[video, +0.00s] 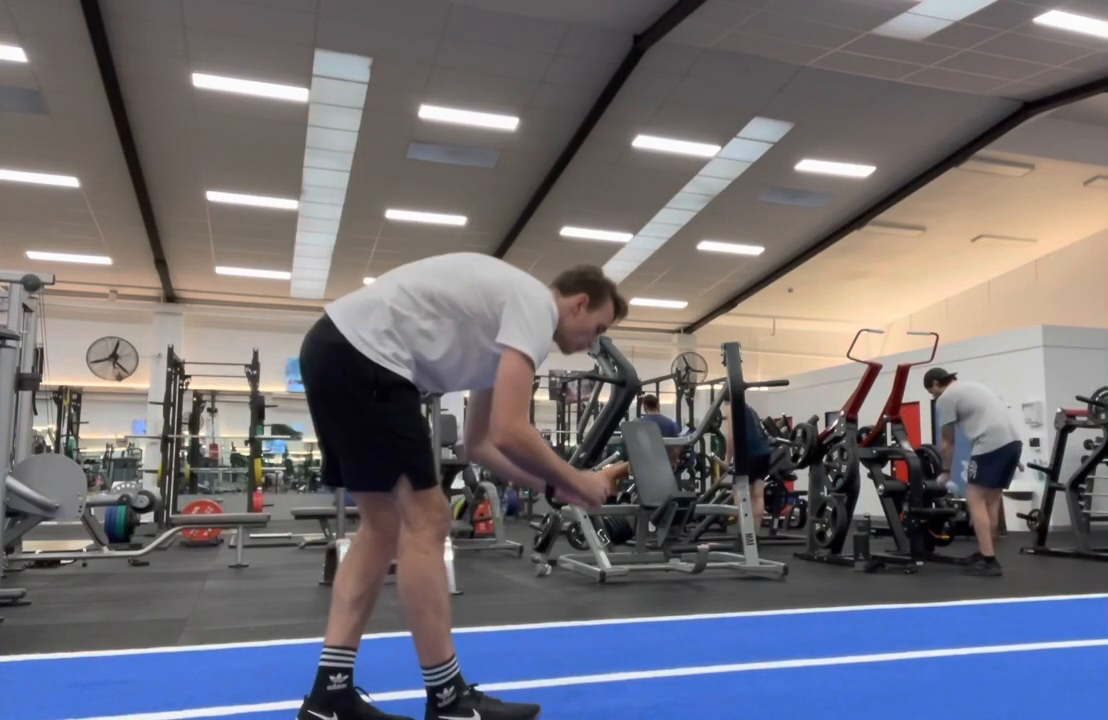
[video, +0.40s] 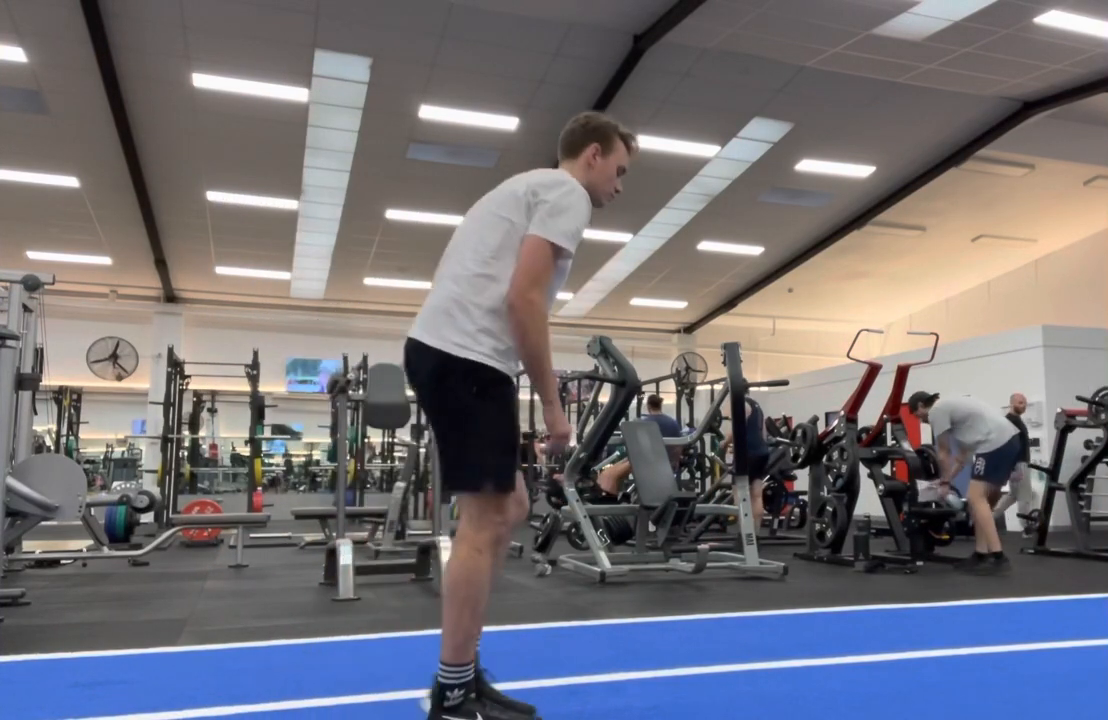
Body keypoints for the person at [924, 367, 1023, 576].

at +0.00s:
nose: (933, 396)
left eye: (931, 392)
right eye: (931, 393)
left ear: (937, 384)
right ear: (949, 379)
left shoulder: (946, 398)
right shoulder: (970, 387)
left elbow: (948, 441)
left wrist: (946, 472)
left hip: (991, 444)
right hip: (1012, 441)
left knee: (975, 500)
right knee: (992, 500)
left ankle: (988, 558)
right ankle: (984, 551)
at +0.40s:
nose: (920, 418)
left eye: (917, 414)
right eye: (917, 416)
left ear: (921, 406)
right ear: (928, 402)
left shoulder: (938, 411)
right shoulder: (952, 406)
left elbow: (944, 453)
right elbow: (962, 456)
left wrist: (944, 482)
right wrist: (947, 480)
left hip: (995, 442)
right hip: (1007, 439)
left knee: (976, 497)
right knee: (980, 499)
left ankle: (997, 555)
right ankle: (981, 554)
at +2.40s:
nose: (913, 435)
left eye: (910, 431)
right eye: (910, 433)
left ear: (915, 421)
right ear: (917, 421)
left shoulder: (938, 418)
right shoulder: (937, 436)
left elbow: (958, 457)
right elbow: (944, 474)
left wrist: (957, 485)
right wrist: (933, 504)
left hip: (1006, 440)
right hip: (991, 446)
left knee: (999, 498)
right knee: (983, 498)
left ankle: (1005, 559)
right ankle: (981, 555)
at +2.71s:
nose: (915, 406)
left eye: (913, 400)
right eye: (912, 402)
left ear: (920, 392)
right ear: (923, 392)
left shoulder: (942, 397)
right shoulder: (942, 405)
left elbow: (949, 431)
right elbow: (951, 445)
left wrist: (940, 457)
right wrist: (946, 474)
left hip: (999, 441)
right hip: (985, 445)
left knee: (988, 495)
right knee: (977, 496)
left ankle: (1004, 557)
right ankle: (981, 554)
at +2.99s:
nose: (925, 377)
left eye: (925, 371)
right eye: (923, 372)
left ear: (935, 365)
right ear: (939, 365)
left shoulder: (948, 379)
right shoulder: (957, 381)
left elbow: (950, 412)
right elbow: (961, 423)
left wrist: (934, 434)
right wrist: (941, 442)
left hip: (981, 440)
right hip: (983, 441)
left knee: (969, 495)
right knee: (973, 497)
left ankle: (996, 551)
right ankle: (981, 552)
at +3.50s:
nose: (937, 357)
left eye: (939, 352)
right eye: (936, 353)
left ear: (952, 351)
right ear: (956, 352)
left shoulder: (956, 371)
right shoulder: (967, 373)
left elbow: (951, 405)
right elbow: (963, 410)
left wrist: (929, 417)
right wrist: (938, 420)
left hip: (962, 441)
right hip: (977, 441)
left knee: (947, 494)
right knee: (969, 496)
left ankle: (963, 550)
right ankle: (980, 551)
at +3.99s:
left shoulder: (947, 374)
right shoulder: (956, 374)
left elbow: (939, 407)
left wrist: (918, 405)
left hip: (943, 442)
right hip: (962, 440)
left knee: (944, 500)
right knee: (965, 498)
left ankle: (947, 554)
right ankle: (979, 551)